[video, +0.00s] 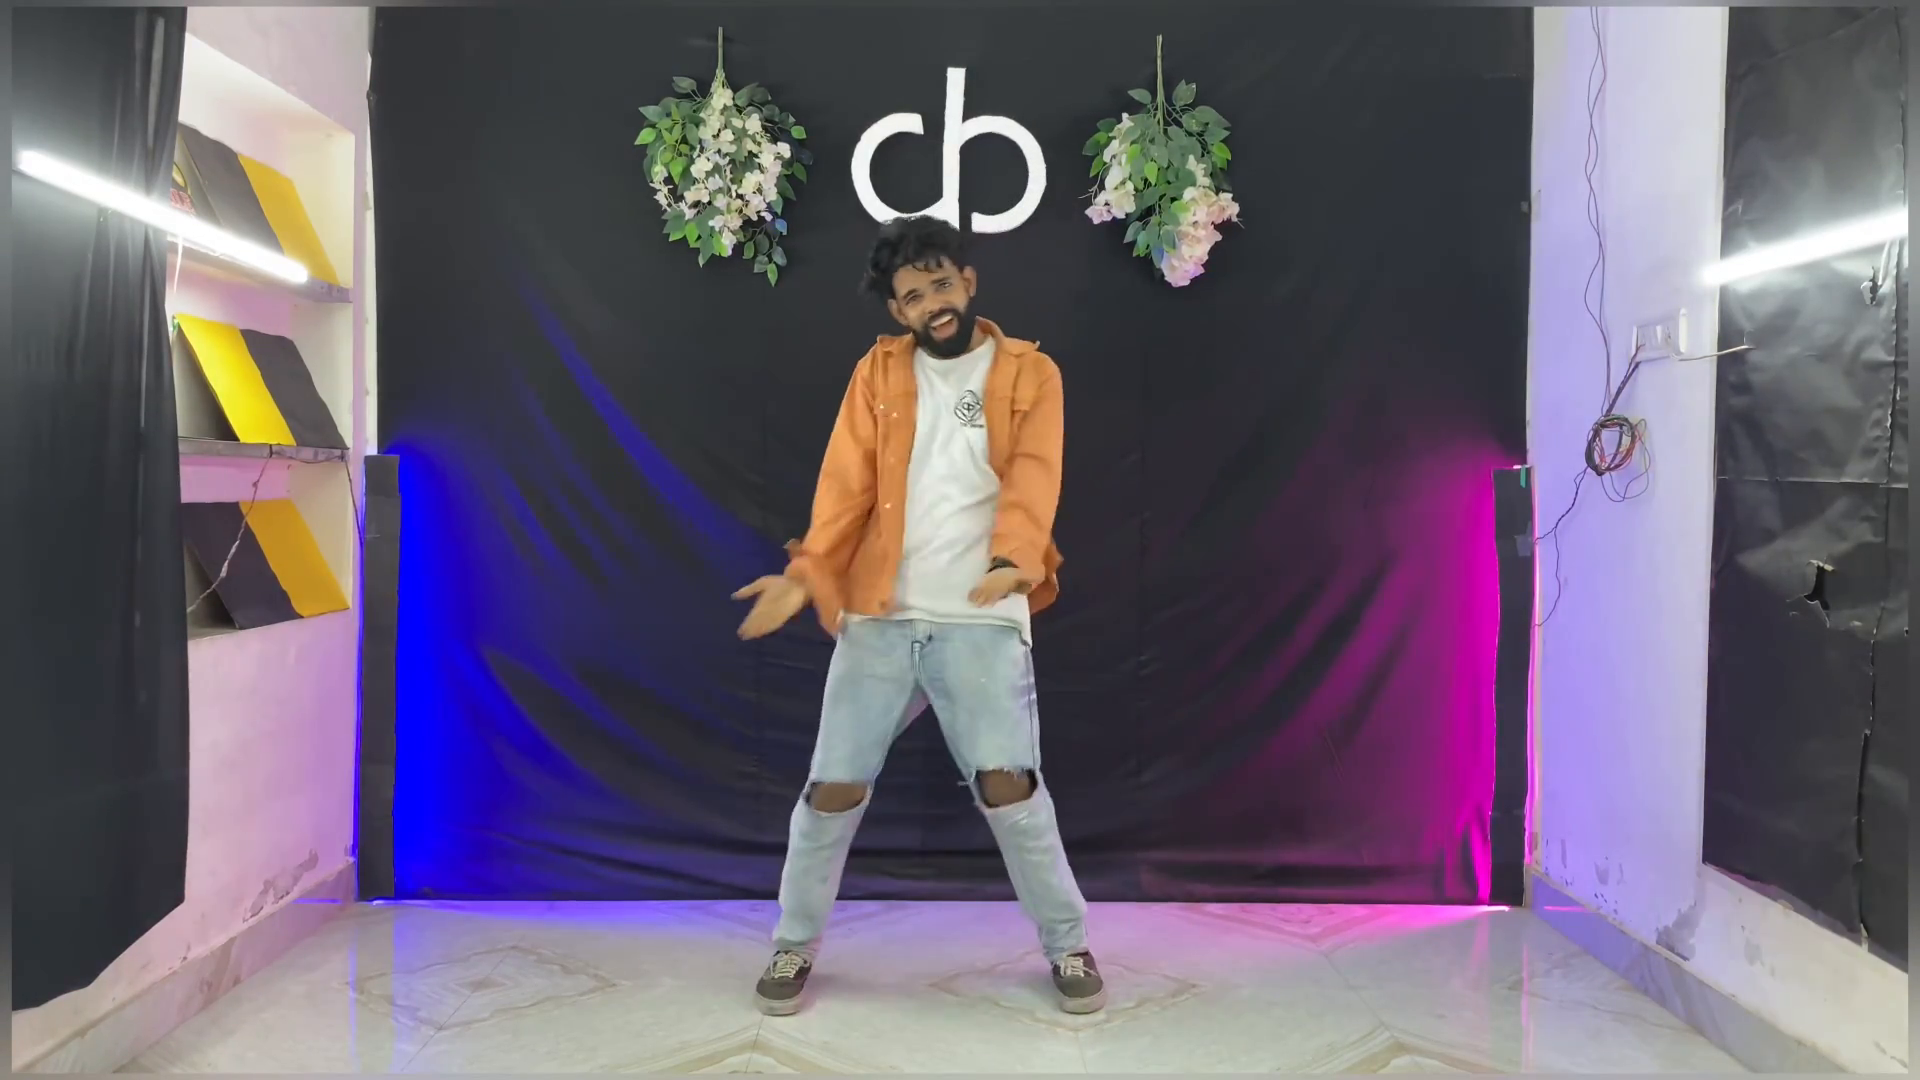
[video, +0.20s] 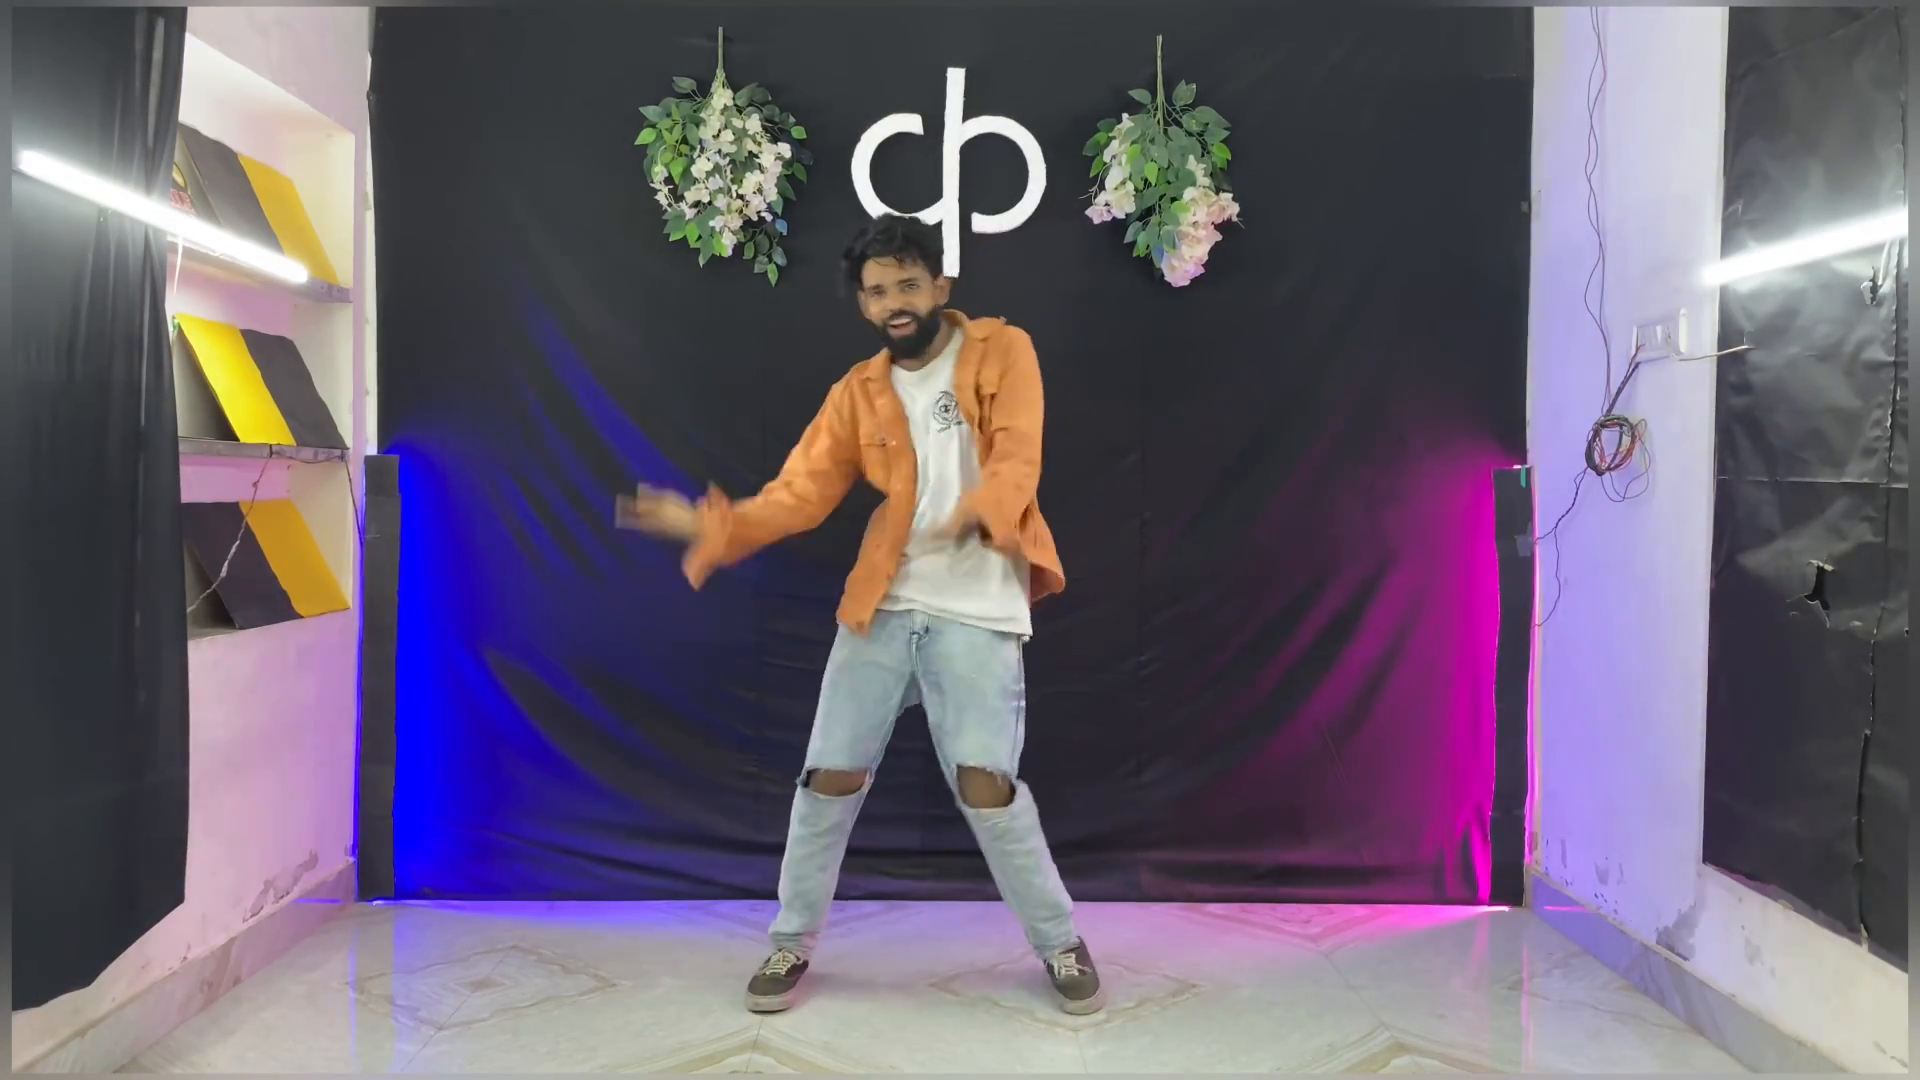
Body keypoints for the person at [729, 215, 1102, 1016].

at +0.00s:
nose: (931, 303)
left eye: (940, 283)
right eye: (911, 294)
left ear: (969, 278)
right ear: (893, 308)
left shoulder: (1028, 370)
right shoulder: (877, 374)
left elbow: (1034, 469)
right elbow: (845, 482)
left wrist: (1017, 554)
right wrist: (804, 572)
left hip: (981, 615)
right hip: (876, 612)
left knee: (1007, 783)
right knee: (833, 787)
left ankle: (1068, 945)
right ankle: (793, 942)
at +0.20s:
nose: (893, 304)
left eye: (907, 285)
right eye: (875, 291)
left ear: (942, 285)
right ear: (860, 302)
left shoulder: (1000, 350)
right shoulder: (858, 393)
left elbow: (1018, 451)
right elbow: (799, 496)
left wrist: (986, 507)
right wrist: (703, 520)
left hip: (978, 604)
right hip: (882, 598)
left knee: (985, 786)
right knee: (832, 774)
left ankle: (1061, 943)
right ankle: (790, 940)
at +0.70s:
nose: (1048, 304)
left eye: (1066, 292)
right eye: (1035, 285)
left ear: (1085, 305)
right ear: (1004, 287)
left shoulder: (1102, 402)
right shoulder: (943, 381)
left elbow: (1122, 519)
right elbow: (903, 492)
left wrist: (1185, 577)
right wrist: (876, 568)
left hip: (1054, 646)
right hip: (944, 640)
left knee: (1071, 817)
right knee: (878, 802)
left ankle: (1138, 955)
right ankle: (799, 943)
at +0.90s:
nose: (1067, 269)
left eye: (1084, 256)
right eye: (1051, 252)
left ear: (1105, 270)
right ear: (1021, 259)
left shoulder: (1126, 369)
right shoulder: (967, 356)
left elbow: (1162, 489)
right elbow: (942, 472)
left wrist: (1177, 600)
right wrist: (935, 578)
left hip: (1092, 621)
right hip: (984, 610)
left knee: (1106, 793)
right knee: (945, 784)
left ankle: (1144, 953)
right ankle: (882, 929)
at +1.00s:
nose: (1054, 268)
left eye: (1071, 253)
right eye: (1036, 253)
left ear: (1093, 267)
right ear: (1010, 263)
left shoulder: (1123, 366)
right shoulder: (965, 358)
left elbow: (1128, 492)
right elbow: (964, 476)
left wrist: (1076, 576)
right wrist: (1040, 536)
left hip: (1083, 602)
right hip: (981, 600)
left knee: (1100, 783)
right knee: (978, 767)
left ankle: (1142, 951)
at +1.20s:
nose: (981, 281)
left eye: (1000, 266)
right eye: (966, 266)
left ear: (1033, 280)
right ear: (949, 279)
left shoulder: (1078, 377)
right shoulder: (921, 374)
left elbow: (1104, 517)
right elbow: (894, 497)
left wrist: (1031, 495)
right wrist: (972, 481)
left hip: (1045, 620)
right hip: (942, 607)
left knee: (1067, 795)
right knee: (892, 756)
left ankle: (1136, 953)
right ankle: (848, 935)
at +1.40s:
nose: (920, 330)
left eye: (942, 320)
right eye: (912, 316)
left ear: (978, 340)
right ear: (897, 330)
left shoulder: (1021, 436)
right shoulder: (872, 442)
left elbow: (1093, 549)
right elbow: (822, 570)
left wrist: (1170, 644)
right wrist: (753, 663)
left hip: (963, 704)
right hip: (860, 684)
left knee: (960, 886)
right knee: (791, 836)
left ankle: (1107, 948)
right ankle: (682, 965)